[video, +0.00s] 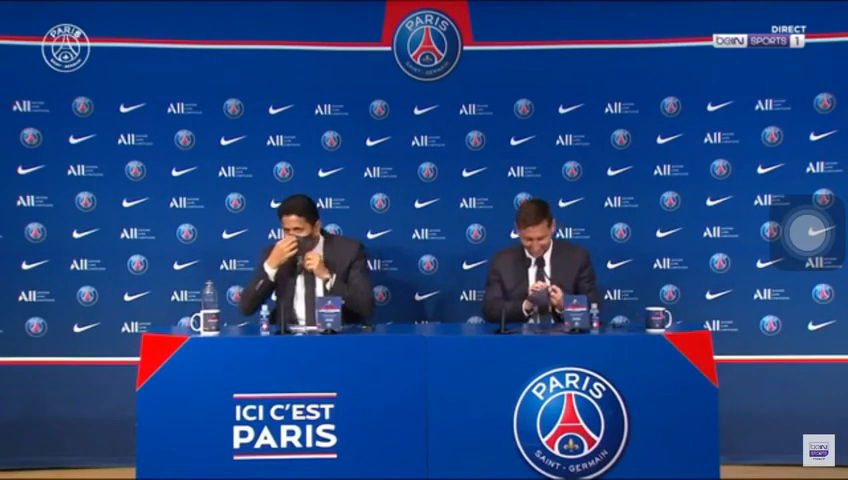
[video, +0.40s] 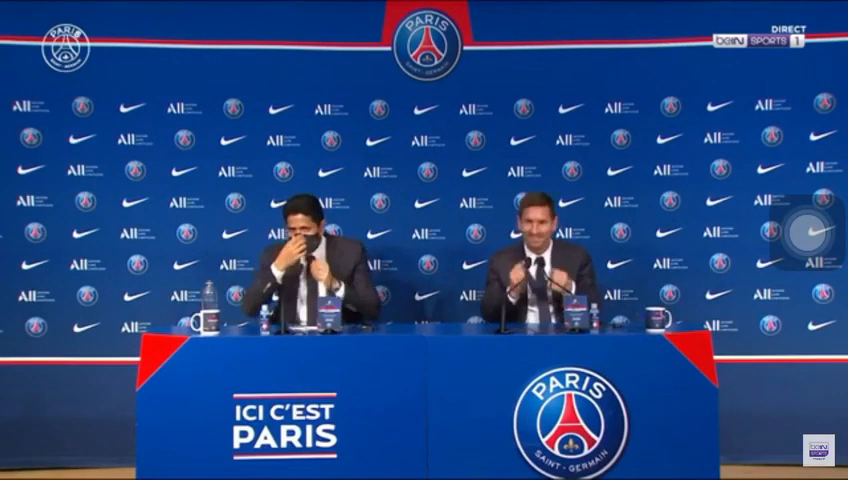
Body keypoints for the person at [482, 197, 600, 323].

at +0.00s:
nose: (535, 246)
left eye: (541, 238)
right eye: (528, 239)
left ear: (552, 227)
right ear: (518, 232)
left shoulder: (577, 257)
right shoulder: (502, 261)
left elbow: (592, 307)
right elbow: (490, 310)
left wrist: (564, 304)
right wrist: (526, 306)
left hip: (566, 342)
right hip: (518, 343)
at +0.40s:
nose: (535, 230)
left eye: (542, 222)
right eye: (529, 222)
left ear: (554, 223)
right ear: (520, 223)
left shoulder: (578, 257)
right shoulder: (503, 260)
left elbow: (596, 304)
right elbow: (490, 313)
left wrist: (572, 288)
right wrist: (512, 293)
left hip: (566, 341)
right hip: (518, 342)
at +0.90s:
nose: (536, 226)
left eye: (544, 219)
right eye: (531, 219)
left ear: (556, 221)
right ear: (522, 221)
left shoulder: (576, 252)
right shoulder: (507, 254)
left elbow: (600, 304)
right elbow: (487, 310)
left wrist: (577, 263)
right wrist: (505, 271)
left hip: (566, 340)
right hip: (518, 341)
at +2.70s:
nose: (532, 231)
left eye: (538, 225)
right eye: (525, 225)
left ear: (549, 225)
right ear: (514, 225)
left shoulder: (569, 253)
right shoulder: (498, 260)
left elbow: (583, 295)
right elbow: (479, 313)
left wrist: (554, 269)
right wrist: (501, 290)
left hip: (557, 341)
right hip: (512, 342)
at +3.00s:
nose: (528, 236)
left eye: (534, 229)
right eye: (521, 229)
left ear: (541, 225)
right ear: (506, 228)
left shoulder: (562, 250)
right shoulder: (487, 262)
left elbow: (593, 291)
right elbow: (474, 306)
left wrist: (569, 289)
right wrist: (501, 312)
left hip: (556, 340)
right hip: (505, 344)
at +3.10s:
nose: (527, 236)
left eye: (532, 229)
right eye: (520, 230)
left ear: (539, 226)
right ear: (503, 228)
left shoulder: (561, 251)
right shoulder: (487, 261)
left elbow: (594, 290)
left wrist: (571, 299)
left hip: (557, 341)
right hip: (504, 345)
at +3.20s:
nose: (525, 236)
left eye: (531, 229)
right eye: (518, 230)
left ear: (538, 225)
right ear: (503, 229)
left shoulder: (559, 250)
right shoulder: (486, 261)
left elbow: (592, 288)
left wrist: (569, 310)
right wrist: (474, 299)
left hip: (556, 344)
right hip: (508, 348)